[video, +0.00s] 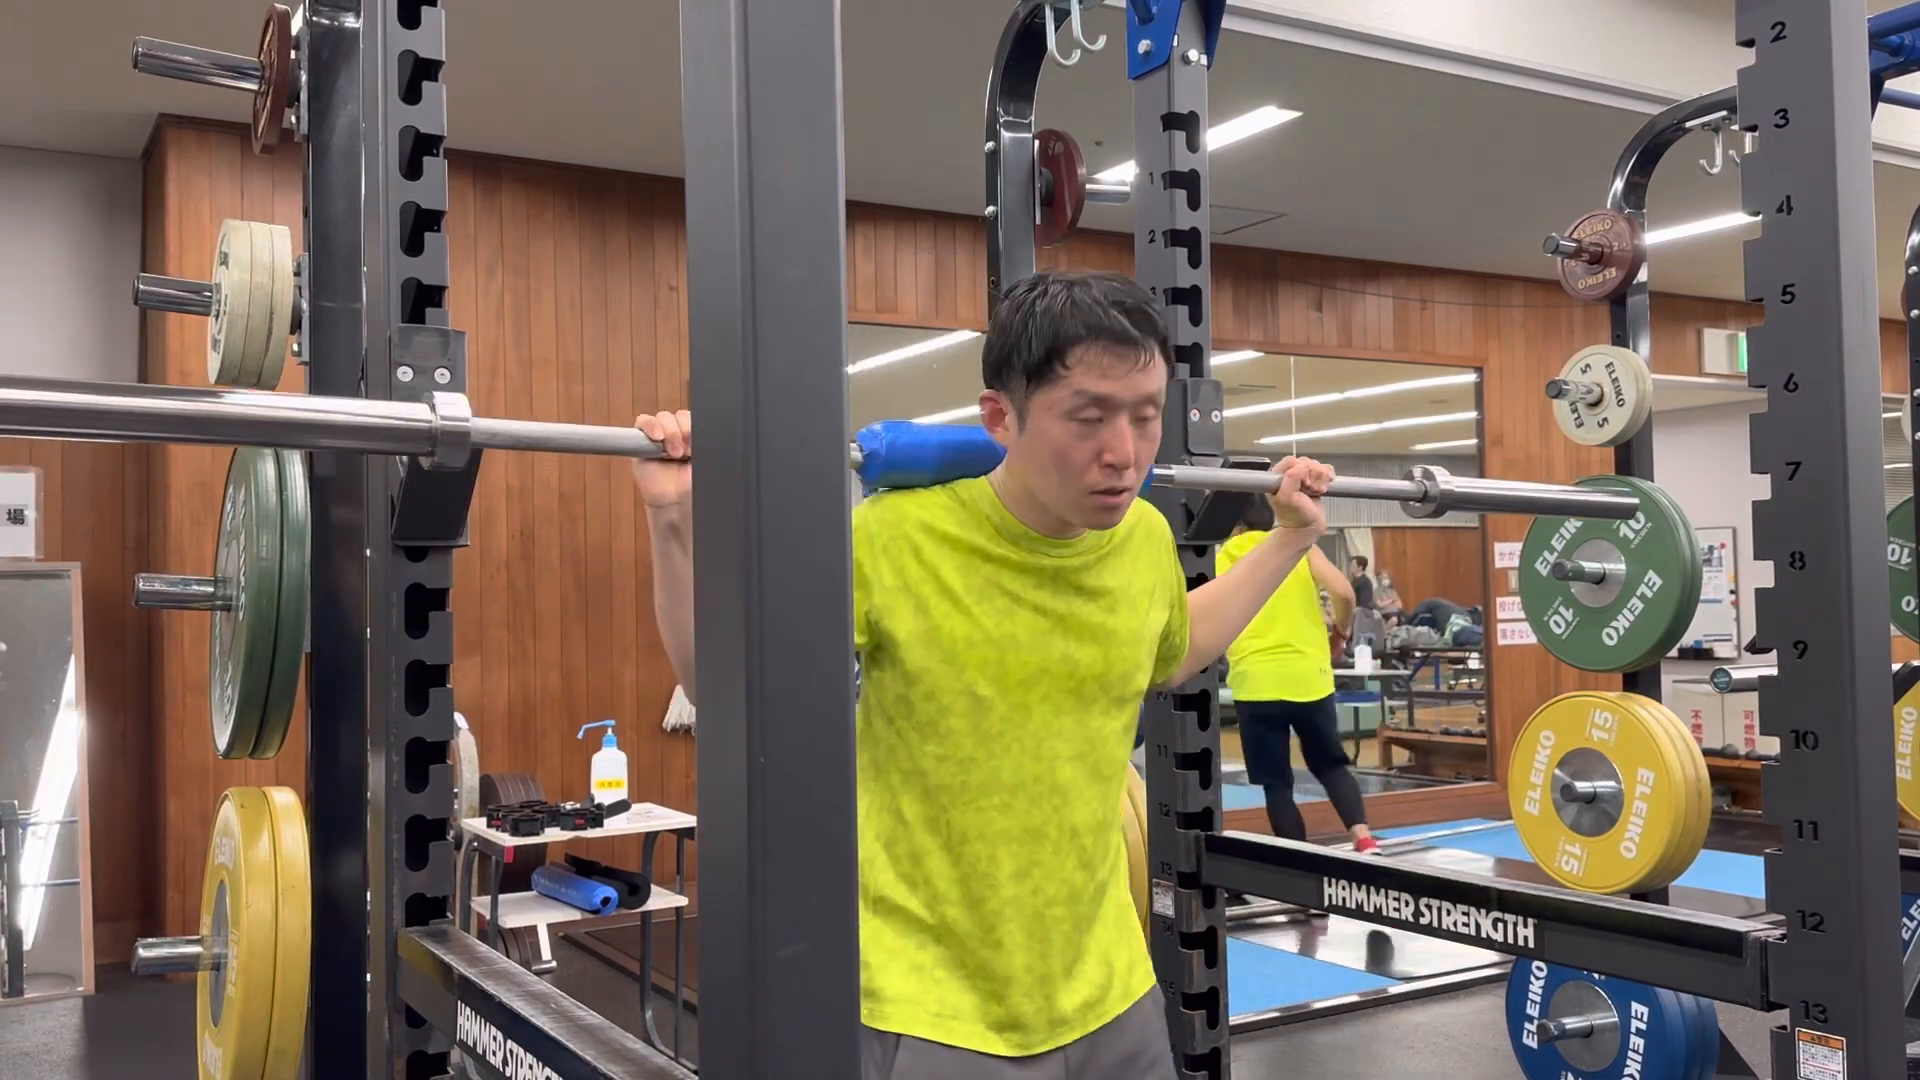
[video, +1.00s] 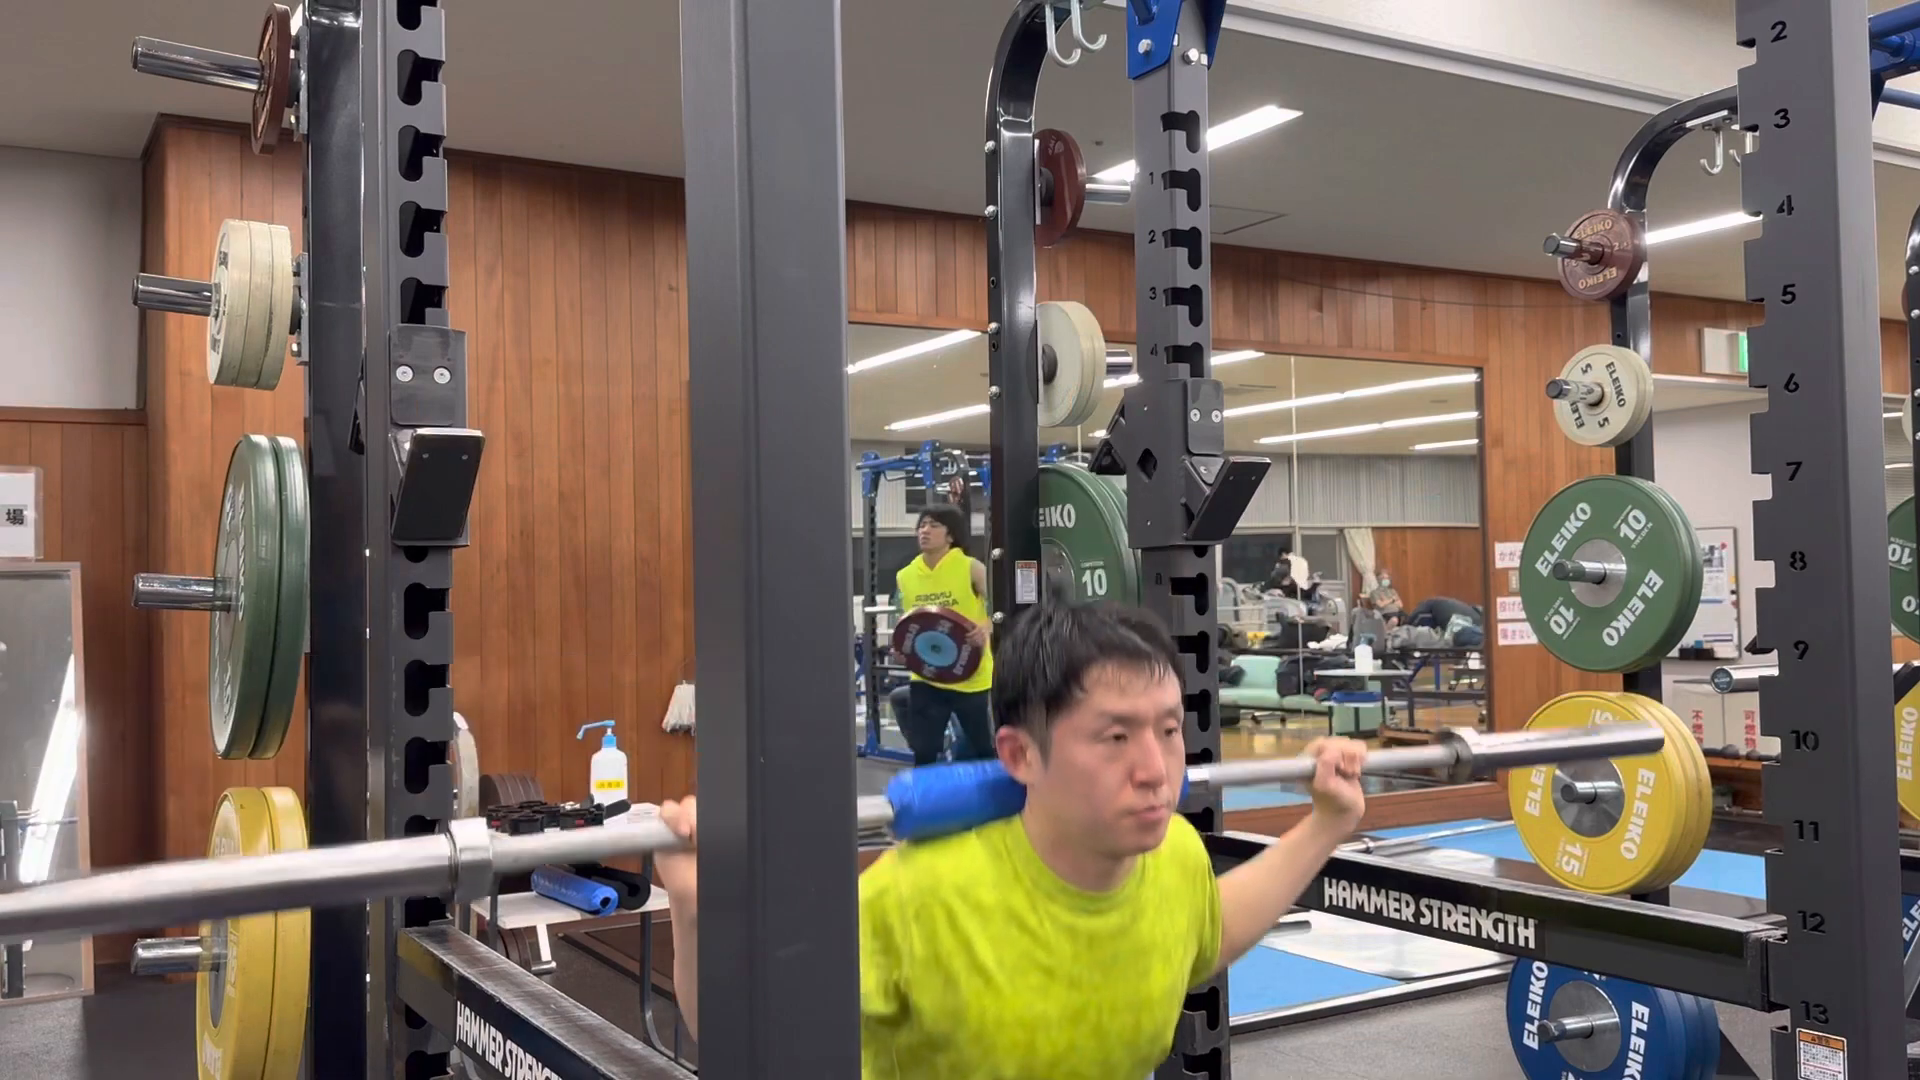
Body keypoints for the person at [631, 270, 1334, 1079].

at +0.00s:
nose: (1124, 450)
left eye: (1144, 414)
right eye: (1087, 415)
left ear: (1163, 413)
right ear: (1000, 415)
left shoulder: (1143, 540)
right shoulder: (892, 542)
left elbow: (1168, 652)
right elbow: (717, 677)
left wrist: (1290, 539)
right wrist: (673, 520)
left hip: (1107, 991)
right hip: (931, 1013)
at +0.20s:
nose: (1137, 427)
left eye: (1155, 392)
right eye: (1098, 392)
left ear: (1173, 401)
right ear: (1009, 409)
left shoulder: (1159, 539)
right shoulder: (909, 546)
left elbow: (1193, 653)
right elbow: (732, 665)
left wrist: (1308, 540)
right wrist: (689, 525)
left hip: (1118, 993)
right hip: (943, 1013)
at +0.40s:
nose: (1131, 421)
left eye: (1148, 387)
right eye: (1091, 387)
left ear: (1165, 397)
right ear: (1002, 405)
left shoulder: (1152, 537)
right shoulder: (898, 546)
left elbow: (1190, 651)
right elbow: (722, 678)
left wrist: (1302, 537)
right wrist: (677, 528)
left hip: (1115, 1001)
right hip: (936, 1021)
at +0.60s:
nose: (1133, 485)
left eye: (1147, 453)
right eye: (1092, 454)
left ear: (1164, 461)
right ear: (999, 476)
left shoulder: (1151, 599)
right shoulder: (894, 608)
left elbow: (1183, 711)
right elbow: (719, 761)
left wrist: (1298, 598)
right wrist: (677, 612)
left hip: (1091, 1025)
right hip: (914, 1037)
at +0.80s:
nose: (1149, 647)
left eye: (1163, 614)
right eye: (1107, 618)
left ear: (1179, 619)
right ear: (1014, 637)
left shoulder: (1169, 748)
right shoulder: (911, 777)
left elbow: (1196, 848)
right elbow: (735, 917)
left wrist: (1316, 730)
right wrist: (691, 788)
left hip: (1074, 1060)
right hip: (905, 1060)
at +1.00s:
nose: (1157, 766)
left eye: (1169, 729)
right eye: (1114, 737)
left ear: (1186, 732)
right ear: (1019, 754)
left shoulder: (1179, 856)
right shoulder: (915, 895)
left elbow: (1203, 945)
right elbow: (735, 1033)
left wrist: (1324, 830)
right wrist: (694, 908)